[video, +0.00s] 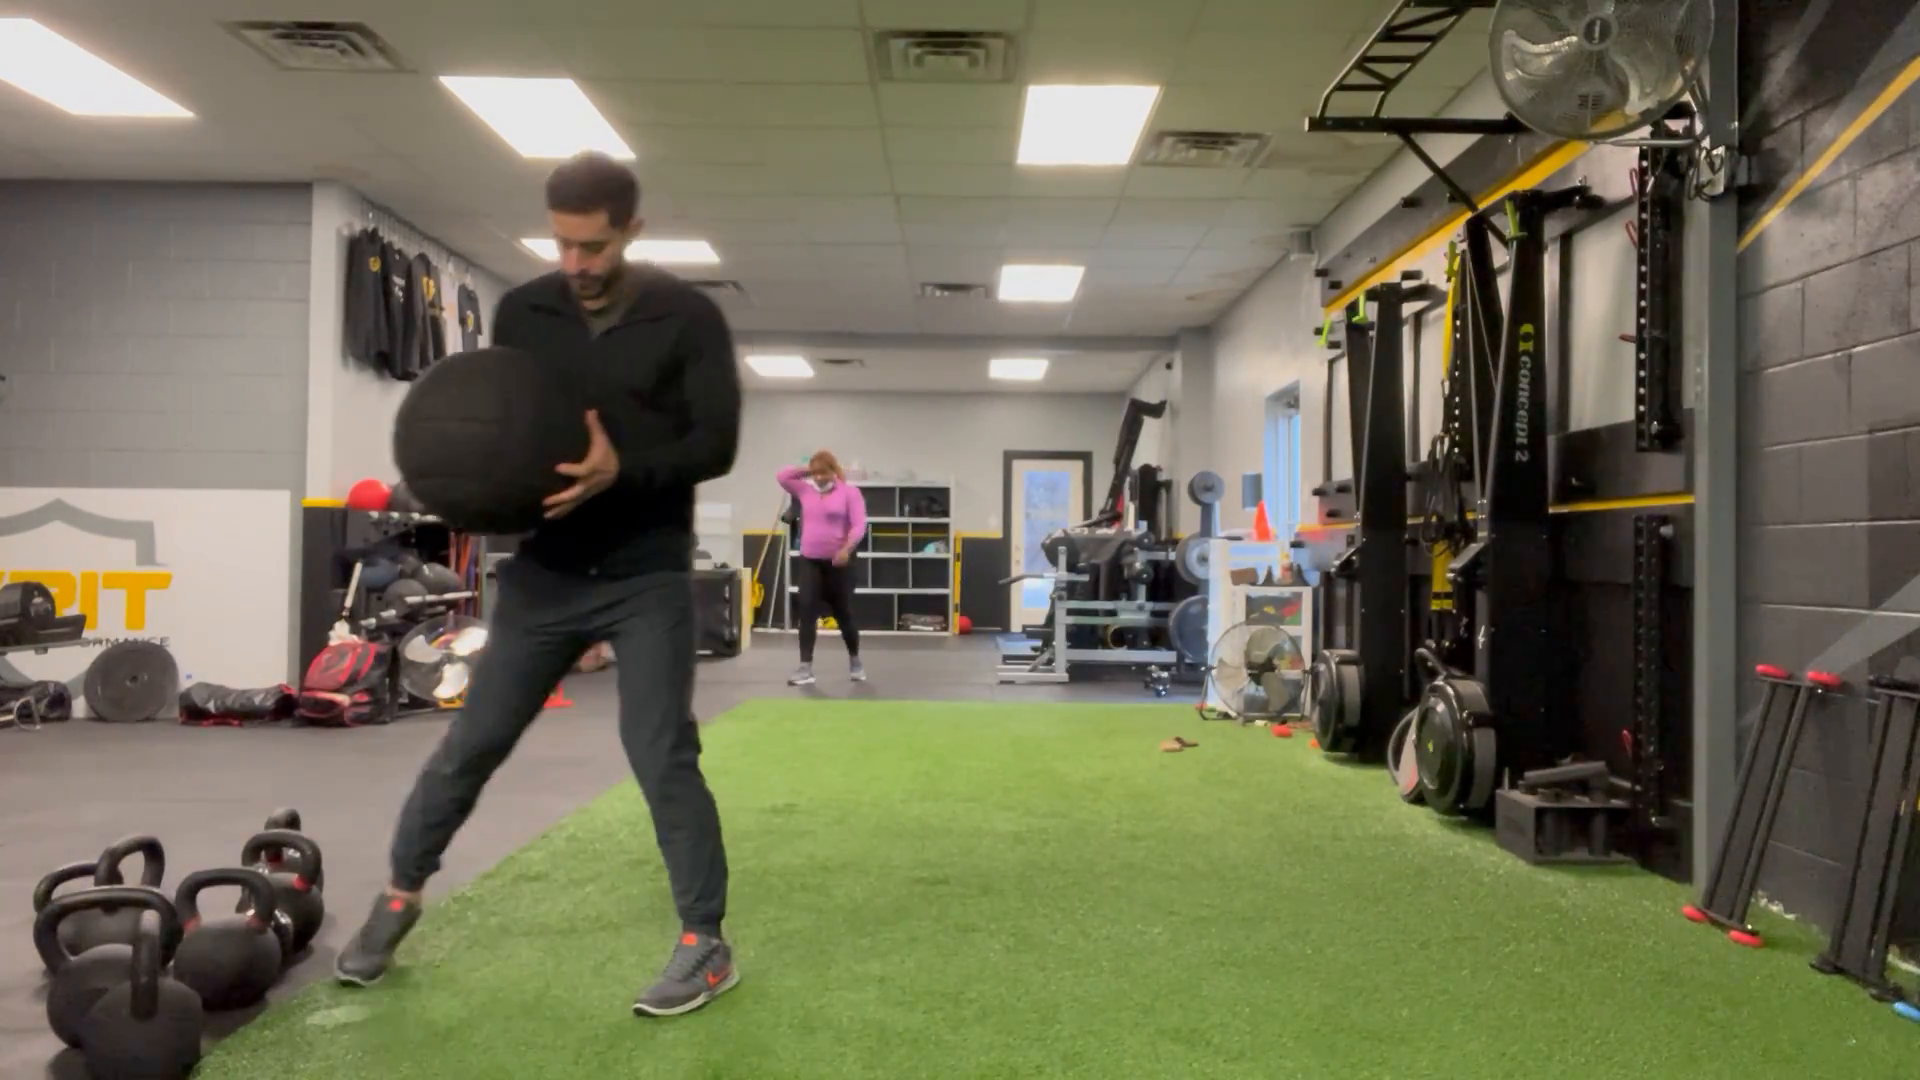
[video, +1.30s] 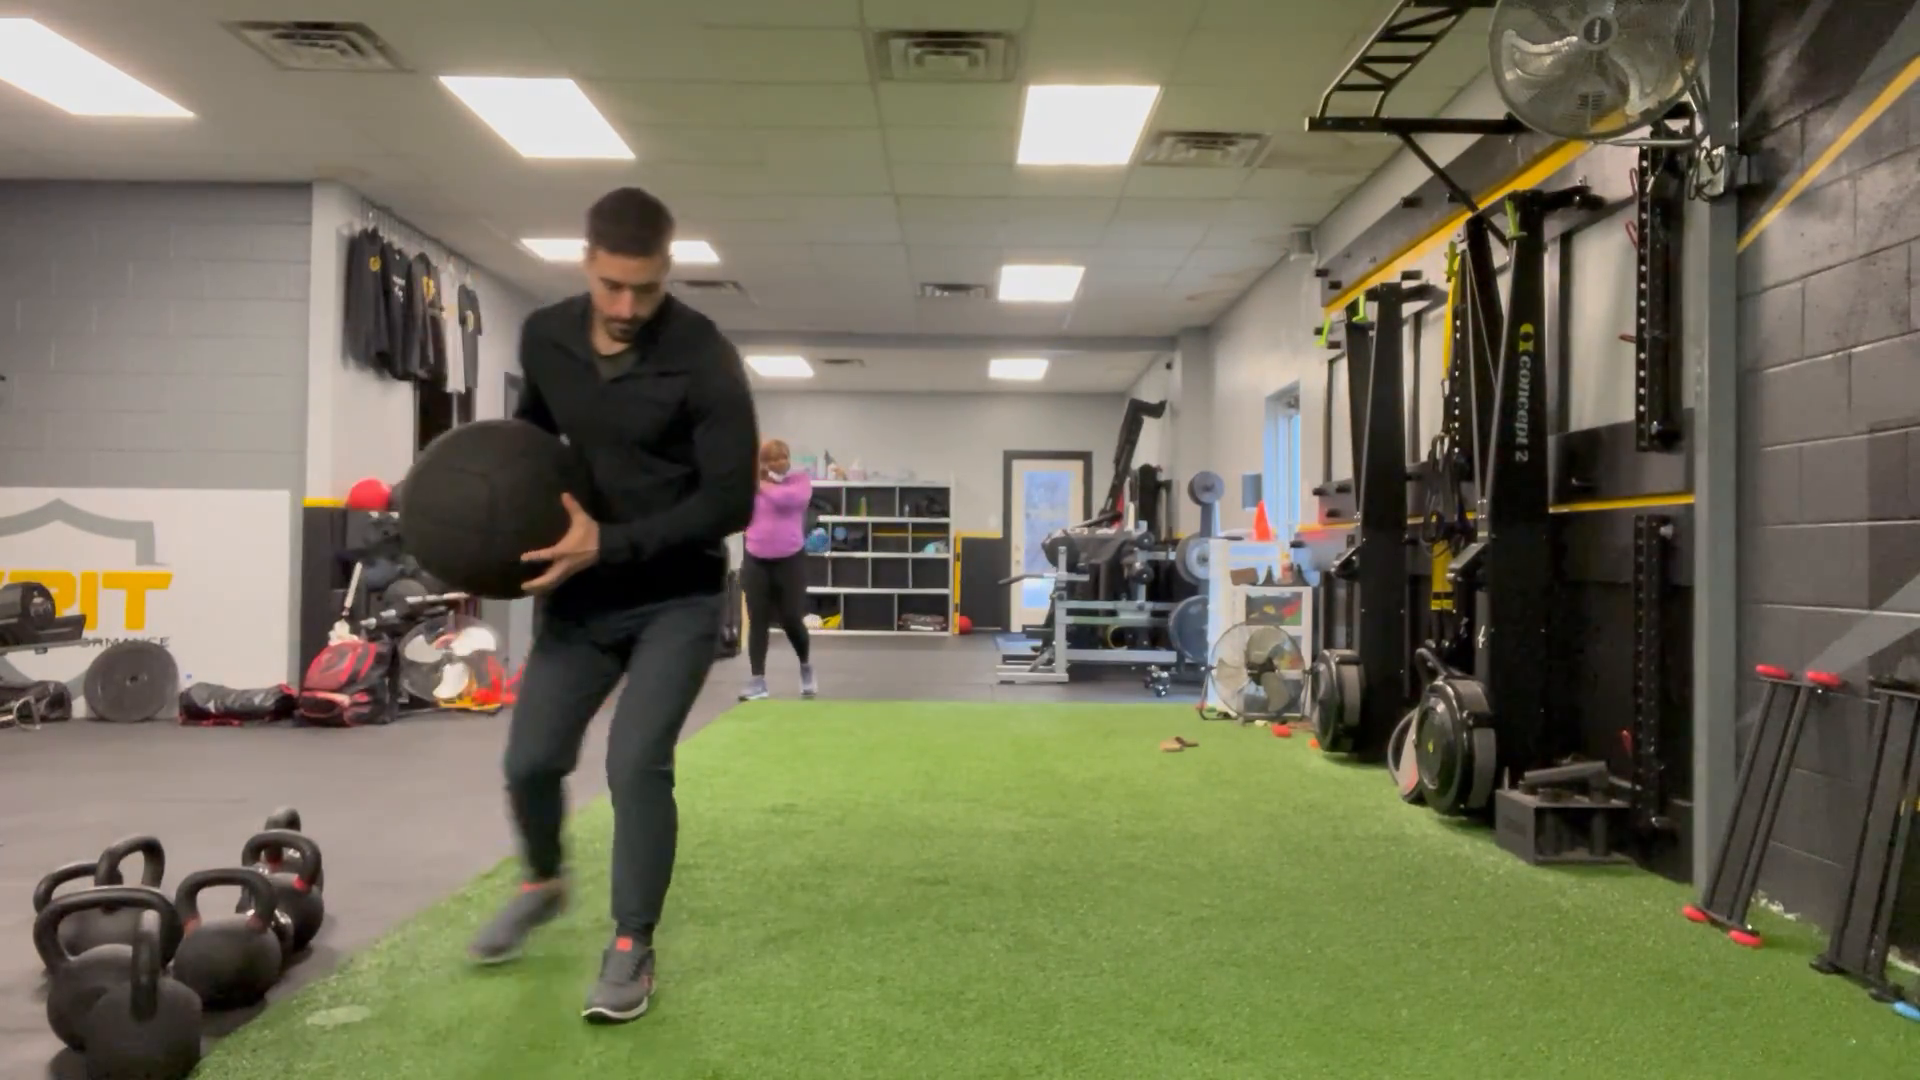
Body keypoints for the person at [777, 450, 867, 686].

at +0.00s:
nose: (819, 478)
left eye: (822, 473)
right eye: (815, 474)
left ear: (833, 471)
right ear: (811, 473)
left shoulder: (849, 492)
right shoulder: (805, 491)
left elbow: (859, 524)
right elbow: (782, 477)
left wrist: (846, 549)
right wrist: (807, 470)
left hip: (837, 560)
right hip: (810, 560)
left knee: (842, 612)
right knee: (807, 611)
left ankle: (855, 661)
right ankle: (805, 667)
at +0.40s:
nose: (802, 471)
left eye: (806, 466)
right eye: (798, 466)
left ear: (815, 467)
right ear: (792, 467)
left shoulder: (831, 490)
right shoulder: (786, 488)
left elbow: (847, 523)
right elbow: (758, 493)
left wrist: (860, 556)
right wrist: (772, 470)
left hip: (821, 558)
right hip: (791, 559)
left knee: (816, 610)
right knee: (798, 614)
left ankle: (819, 667)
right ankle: (804, 667)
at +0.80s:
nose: (801, 465)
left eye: (805, 460)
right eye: (797, 461)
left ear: (813, 462)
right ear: (789, 464)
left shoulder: (829, 489)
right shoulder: (782, 489)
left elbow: (845, 523)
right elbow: (756, 512)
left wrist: (840, 547)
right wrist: (760, 477)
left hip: (815, 559)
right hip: (783, 559)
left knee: (813, 616)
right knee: (775, 614)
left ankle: (810, 674)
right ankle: (792, 652)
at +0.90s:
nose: (801, 463)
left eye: (805, 459)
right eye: (796, 459)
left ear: (811, 460)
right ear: (787, 462)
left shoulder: (826, 486)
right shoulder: (781, 488)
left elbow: (843, 520)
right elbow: (759, 517)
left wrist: (821, 524)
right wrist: (757, 485)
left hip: (813, 556)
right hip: (780, 556)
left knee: (809, 616)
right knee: (771, 611)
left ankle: (809, 674)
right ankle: (781, 663)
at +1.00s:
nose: (799, 463)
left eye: (803, 458)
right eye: (793, 460)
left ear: (809, 459)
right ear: (784, 463)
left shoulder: (821, 484)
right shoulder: (779, 488)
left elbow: (832, 512)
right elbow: (759, 521)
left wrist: (800, 503)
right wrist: (754, 488)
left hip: (811, 557)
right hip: (778, 557)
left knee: (808, 617)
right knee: (771, 614)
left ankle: (809, 675)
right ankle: (766, 675)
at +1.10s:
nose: (795, 464)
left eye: (798, 459)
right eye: (789, 461)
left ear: (804, 460)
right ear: (779, 465)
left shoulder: (816, 483)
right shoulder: (770, 486)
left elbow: (814, 504)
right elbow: (757, 524)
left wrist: (780, 486)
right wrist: (750, 493)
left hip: (806, 558)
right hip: (773, 558)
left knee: (805, 620)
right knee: (769, 617)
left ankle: (809, 677)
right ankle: (759, 677)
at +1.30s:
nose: (778, 464)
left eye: (782, 458)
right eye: (771, 459)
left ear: (789, 459)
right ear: (762, 463)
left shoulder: (799, 480)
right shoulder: (754, 482)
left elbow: (792, 499)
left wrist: (763, 484)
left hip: (789, 556)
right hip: (756, 557)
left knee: (791, 617)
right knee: (758, 620)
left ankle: (805, 667)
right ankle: (757, 679)